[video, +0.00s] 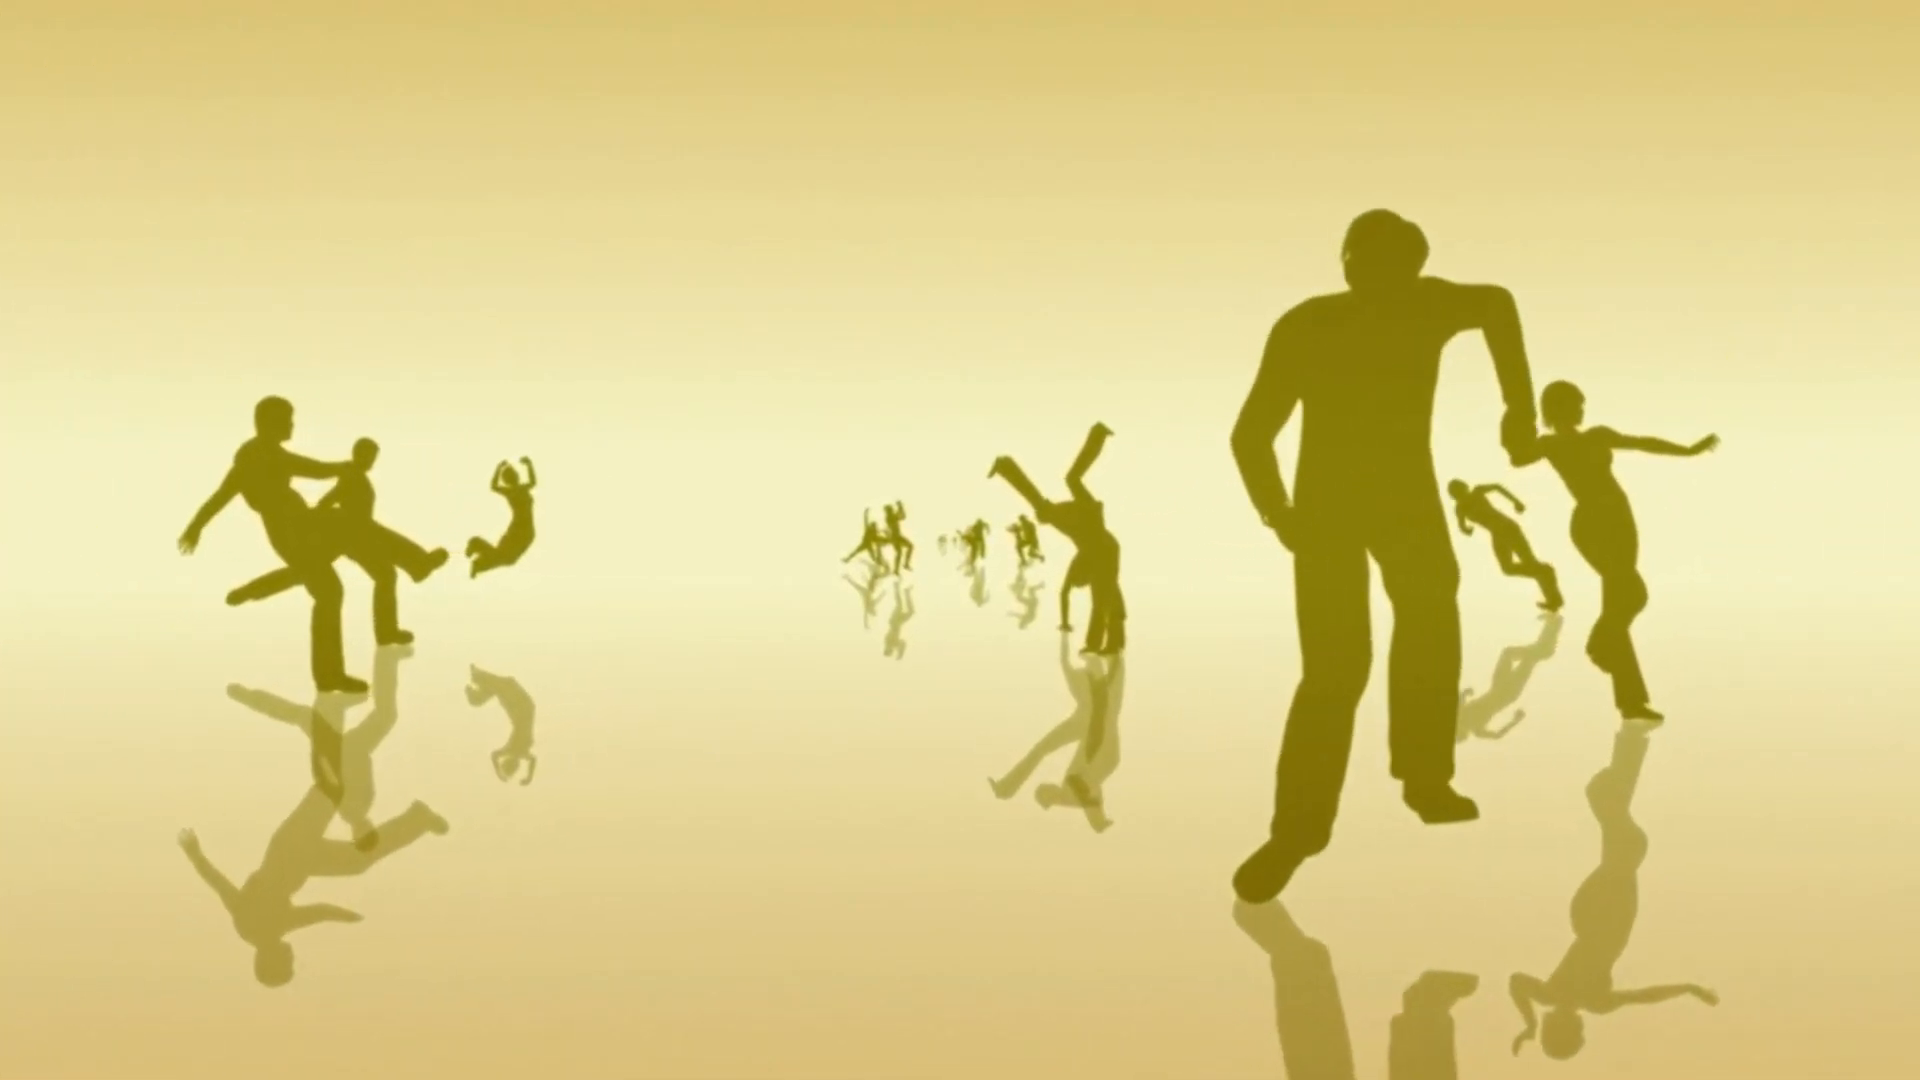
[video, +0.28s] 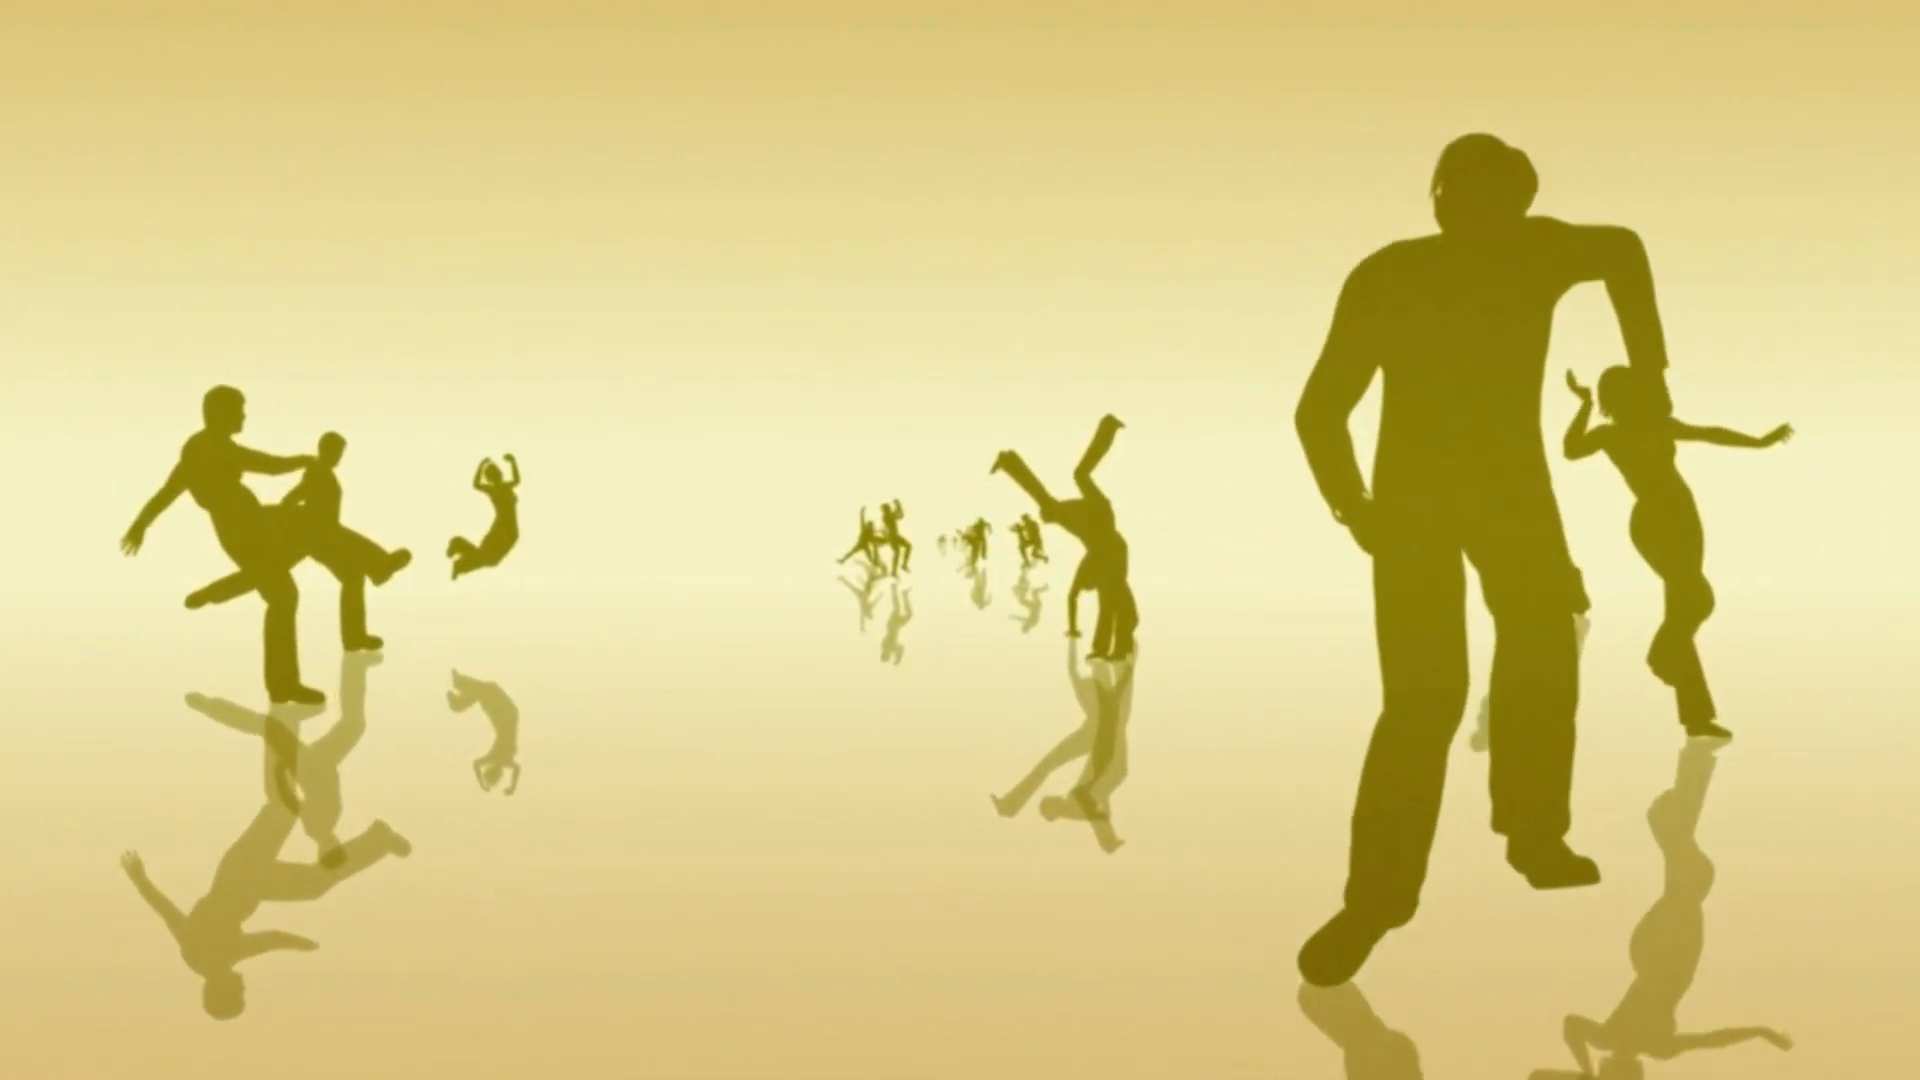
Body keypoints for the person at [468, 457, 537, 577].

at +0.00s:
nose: (513, 477)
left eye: (513, 474)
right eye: (509, 475)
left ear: (517, 474)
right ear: (505, 478)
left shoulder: (523, 488)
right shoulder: (508, 491)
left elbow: (532, 483)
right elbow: (494, 487)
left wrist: (529, 465)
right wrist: (498, 469)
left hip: (528, 529)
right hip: (517, 526)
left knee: (510, 559)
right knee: (502, 555)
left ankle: (479, 565)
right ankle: (477, 544)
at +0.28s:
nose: (495, 474)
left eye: (496, 471)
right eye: (491, 472)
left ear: (500, 472)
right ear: (488, 476)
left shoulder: (506, 487)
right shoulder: (491, 489)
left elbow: (516, 481)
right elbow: (476, 485)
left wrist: (513, 462)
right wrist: (480, 466)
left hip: (512, 529)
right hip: (500, 526)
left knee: (493, 560)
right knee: (485, 555)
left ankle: (461, 566)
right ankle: (459, 544)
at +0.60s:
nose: (480, 473)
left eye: (481, 469)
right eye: (476, 471)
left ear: (485, 470)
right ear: (472, 474)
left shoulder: (491, 485)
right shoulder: (475, 487)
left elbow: (501, 478)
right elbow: (460, 483)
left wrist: (497, 459)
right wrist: (465, 463)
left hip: (496, 529)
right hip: (484, 526)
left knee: (477, 561)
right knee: (468, 556)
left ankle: (444, 567)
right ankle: (442, 544)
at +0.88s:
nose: (460, 470)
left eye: (461, 466)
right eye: (456, 468)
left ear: (465, 467)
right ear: (453, 472)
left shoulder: (472, 483)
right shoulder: (456, 485)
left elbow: (483, 476)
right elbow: (440, 481)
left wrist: (479, 456)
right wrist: (444, 461)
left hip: (478, 529)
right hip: (465, 526)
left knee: (459, 562)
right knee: (449, 556)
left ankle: (423, 569)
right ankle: (421, 544)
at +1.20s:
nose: (443, 466)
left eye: (443, 462)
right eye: (439, 464)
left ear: (448, 463)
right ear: (435, 469)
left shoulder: (455, 481)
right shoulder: (438, 483)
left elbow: (466, 473)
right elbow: (421, 478)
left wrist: (462, 453)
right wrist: (426, 458)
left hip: (461, 528)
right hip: (447, 525)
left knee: (440, 563)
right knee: (431, 558)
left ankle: (403, 570)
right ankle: (401, 545)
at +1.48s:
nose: (422, 463)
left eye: (422, 459)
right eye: (417, 462)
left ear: (426, 460)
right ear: (413, 466)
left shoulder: (433, 478)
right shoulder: (416, 481)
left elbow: (445, 470)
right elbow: (398, 476)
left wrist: (441, 449)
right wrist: (403, 454)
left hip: (440, 527)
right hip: (426, 523)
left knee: (418, 564)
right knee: (408, 559)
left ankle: (380, 571)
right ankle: (377, 545)